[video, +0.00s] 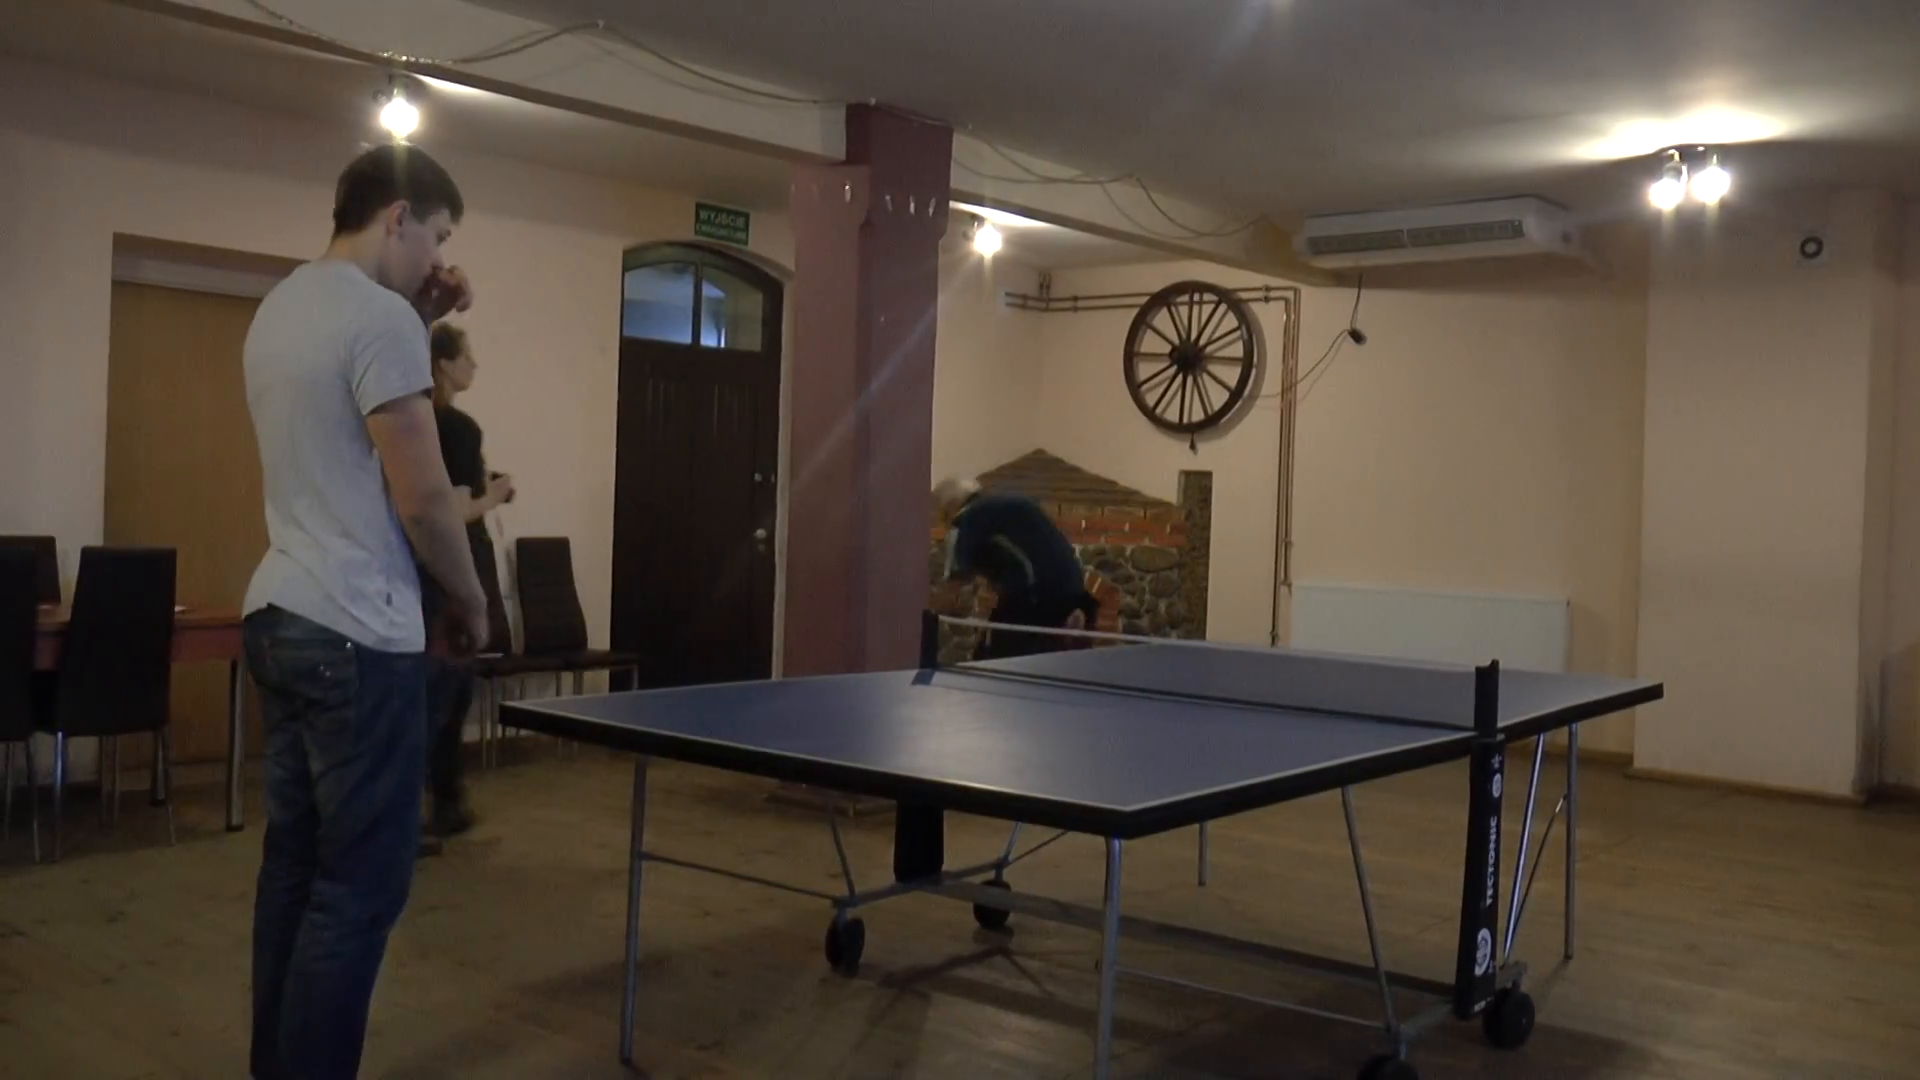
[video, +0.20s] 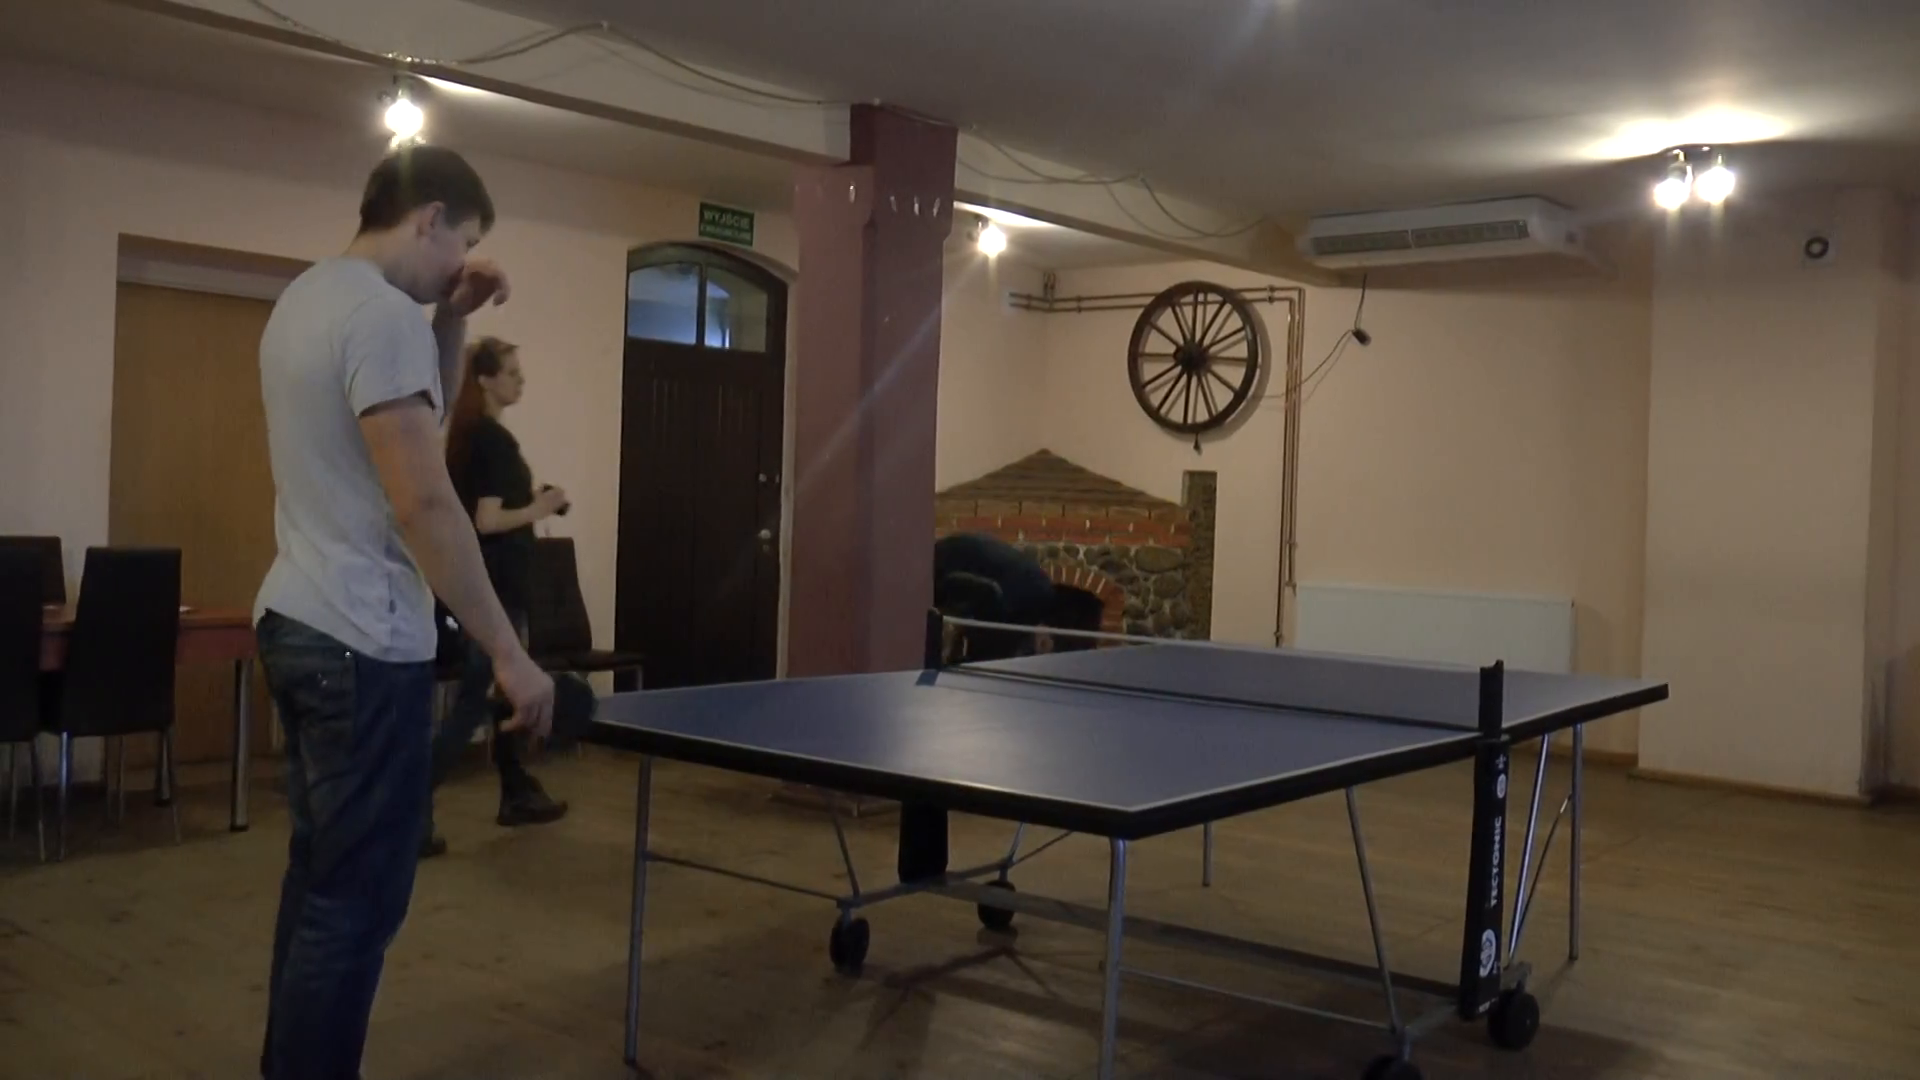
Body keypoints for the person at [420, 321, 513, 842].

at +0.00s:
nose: (474, 368)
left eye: (472, 359)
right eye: (467, 359)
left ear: (441, 365)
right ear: (442, 364)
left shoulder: (412, 416)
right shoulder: (457, 427)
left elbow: (447, 490)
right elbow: (448, 514)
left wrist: (482, 488)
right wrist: (492, 500)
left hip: (416, 569)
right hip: (451, 575)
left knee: (438, 687)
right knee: (450, 689)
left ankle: (440, 801)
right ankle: (445, 805)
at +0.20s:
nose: (520, 383)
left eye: (519, 375)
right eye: (513, 376)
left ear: (485, 381)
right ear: (486, 381)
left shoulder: (473, 429)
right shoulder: (489, 436)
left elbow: (485, 508)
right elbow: (487, 518)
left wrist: (533, 502)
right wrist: (538, 508)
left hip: (491, 582)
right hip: (492, 587)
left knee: (501, 690)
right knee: (479, 694)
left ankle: (517, 791)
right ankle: (414, 798)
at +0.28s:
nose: (538, 383)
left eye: (537, 375)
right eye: (530, 376)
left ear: (508, 381)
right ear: (503, 380)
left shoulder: (506, 430)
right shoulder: (500, 434)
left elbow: (508, 508)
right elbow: (499, 515)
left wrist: (554, 502)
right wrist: (557, 507)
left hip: (524, 580)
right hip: (509, 584)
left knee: (526, 686)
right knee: (516, 690)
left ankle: (525, 792)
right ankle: (435, 785)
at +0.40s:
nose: (563, 381)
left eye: (565, 373)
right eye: (555, 374)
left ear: (554, 379)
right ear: (528, 379)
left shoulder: (542, 431)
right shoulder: (529, 435)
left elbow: (535, 502)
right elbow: (519, 508)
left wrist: (580, 494)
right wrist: (582, 500)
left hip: (545, 575)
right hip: (533, 579)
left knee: (546, 673)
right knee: (552, 675)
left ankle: (529, 781)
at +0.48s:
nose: (579, 380)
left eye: (582, 373)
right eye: (570, 373)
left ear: (582, 379)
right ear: (545, 380)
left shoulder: (564, 430)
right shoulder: (543, 432)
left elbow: (556, 501)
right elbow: (531, 505)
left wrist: (600, 494)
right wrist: (595, 496)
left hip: (560, 572)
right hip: (551, 575)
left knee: (552, 674)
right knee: (605, 671)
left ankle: (534, 789)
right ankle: (545, 781)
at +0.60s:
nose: (609, 388)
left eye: (612, 380)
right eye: (599, 381)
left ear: (613, 387)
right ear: (574, 388)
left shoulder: (598, 437)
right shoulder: (568, 439)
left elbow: (587, 501)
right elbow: (555, 513)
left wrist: (625, 492)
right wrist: (617, 497)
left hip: (593, 572)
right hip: (579, 577)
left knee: (551, 676)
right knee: (629, 675)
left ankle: (529, 788)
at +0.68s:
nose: (626, 393)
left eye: (630, 385)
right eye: (615, 386)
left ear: (635, 391)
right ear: (593, 393)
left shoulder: (622, 445)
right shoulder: (591, 446)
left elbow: (611, 506)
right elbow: (571, 517)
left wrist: (648, 494)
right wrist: (632, 499)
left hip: (620, 575)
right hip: (603, 579)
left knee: (581, 683)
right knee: (648, 680)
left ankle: (535, 781)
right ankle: (657, 785)